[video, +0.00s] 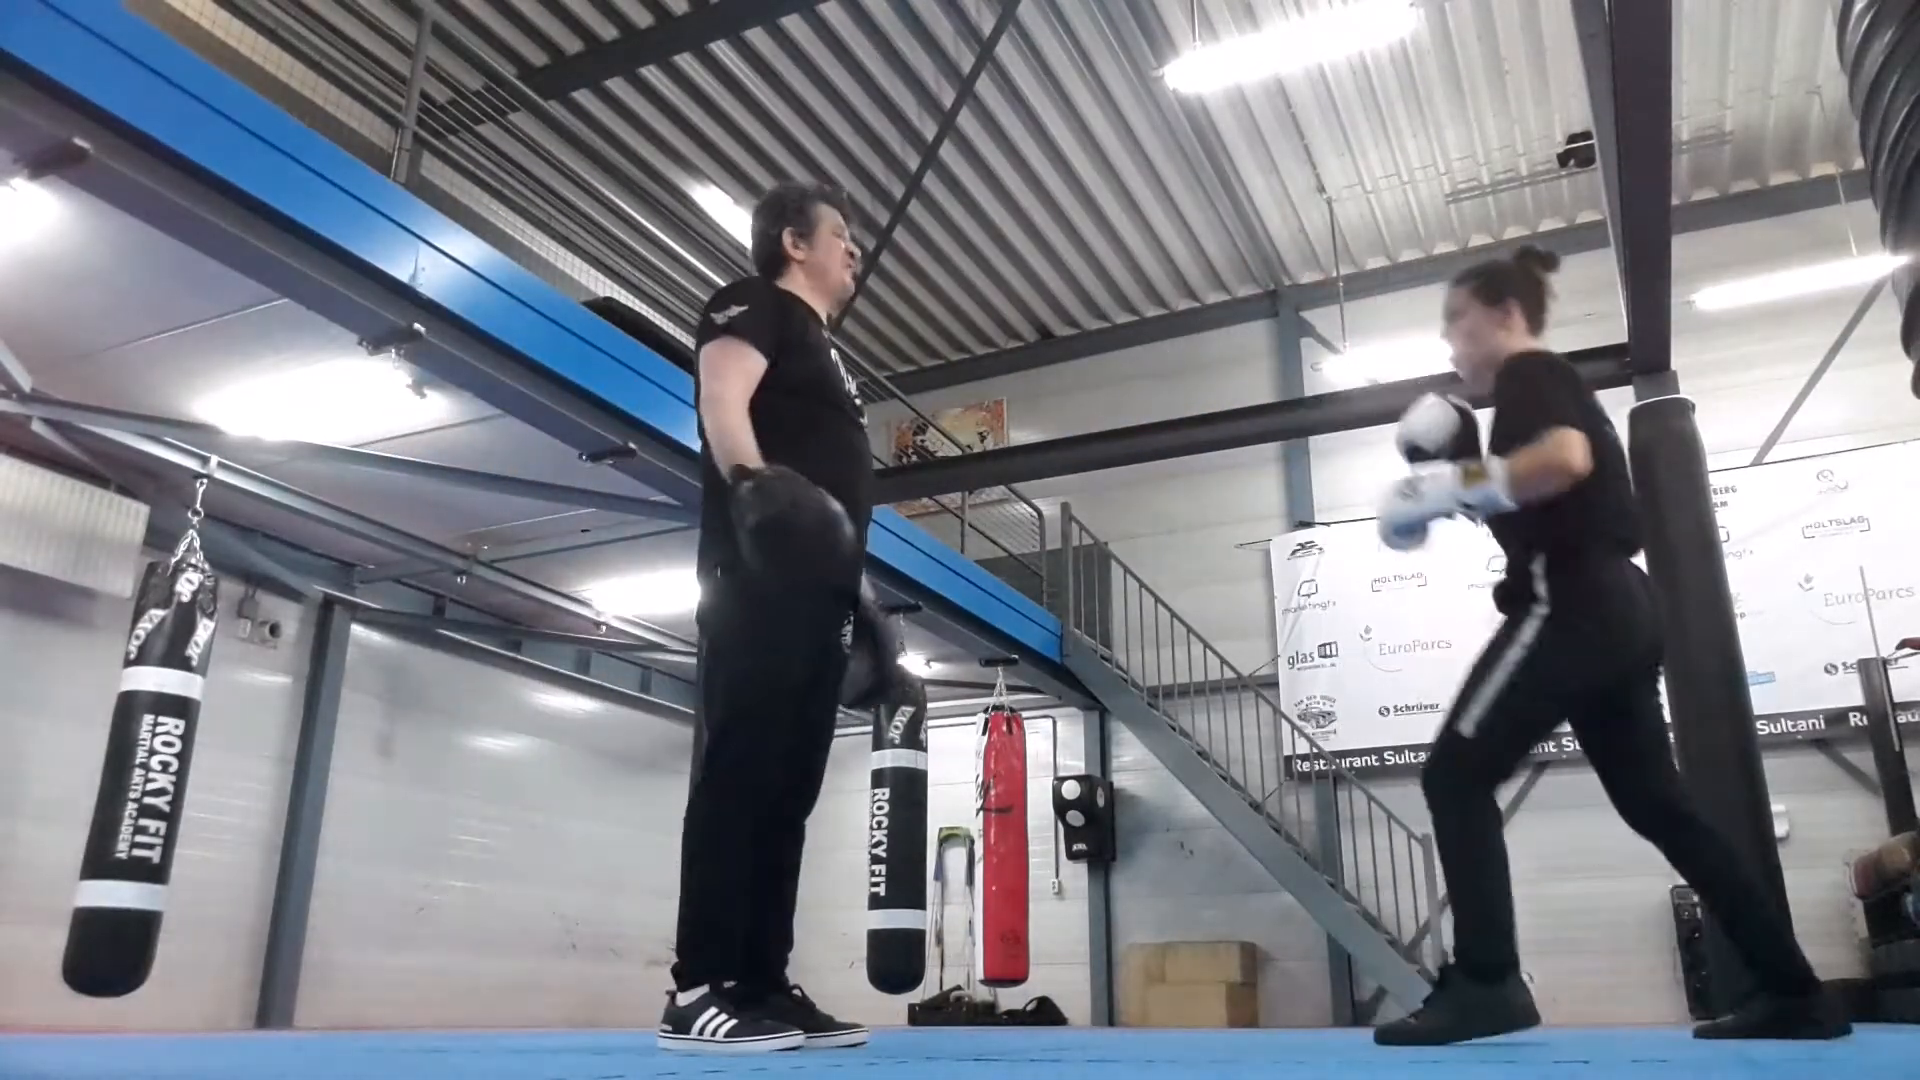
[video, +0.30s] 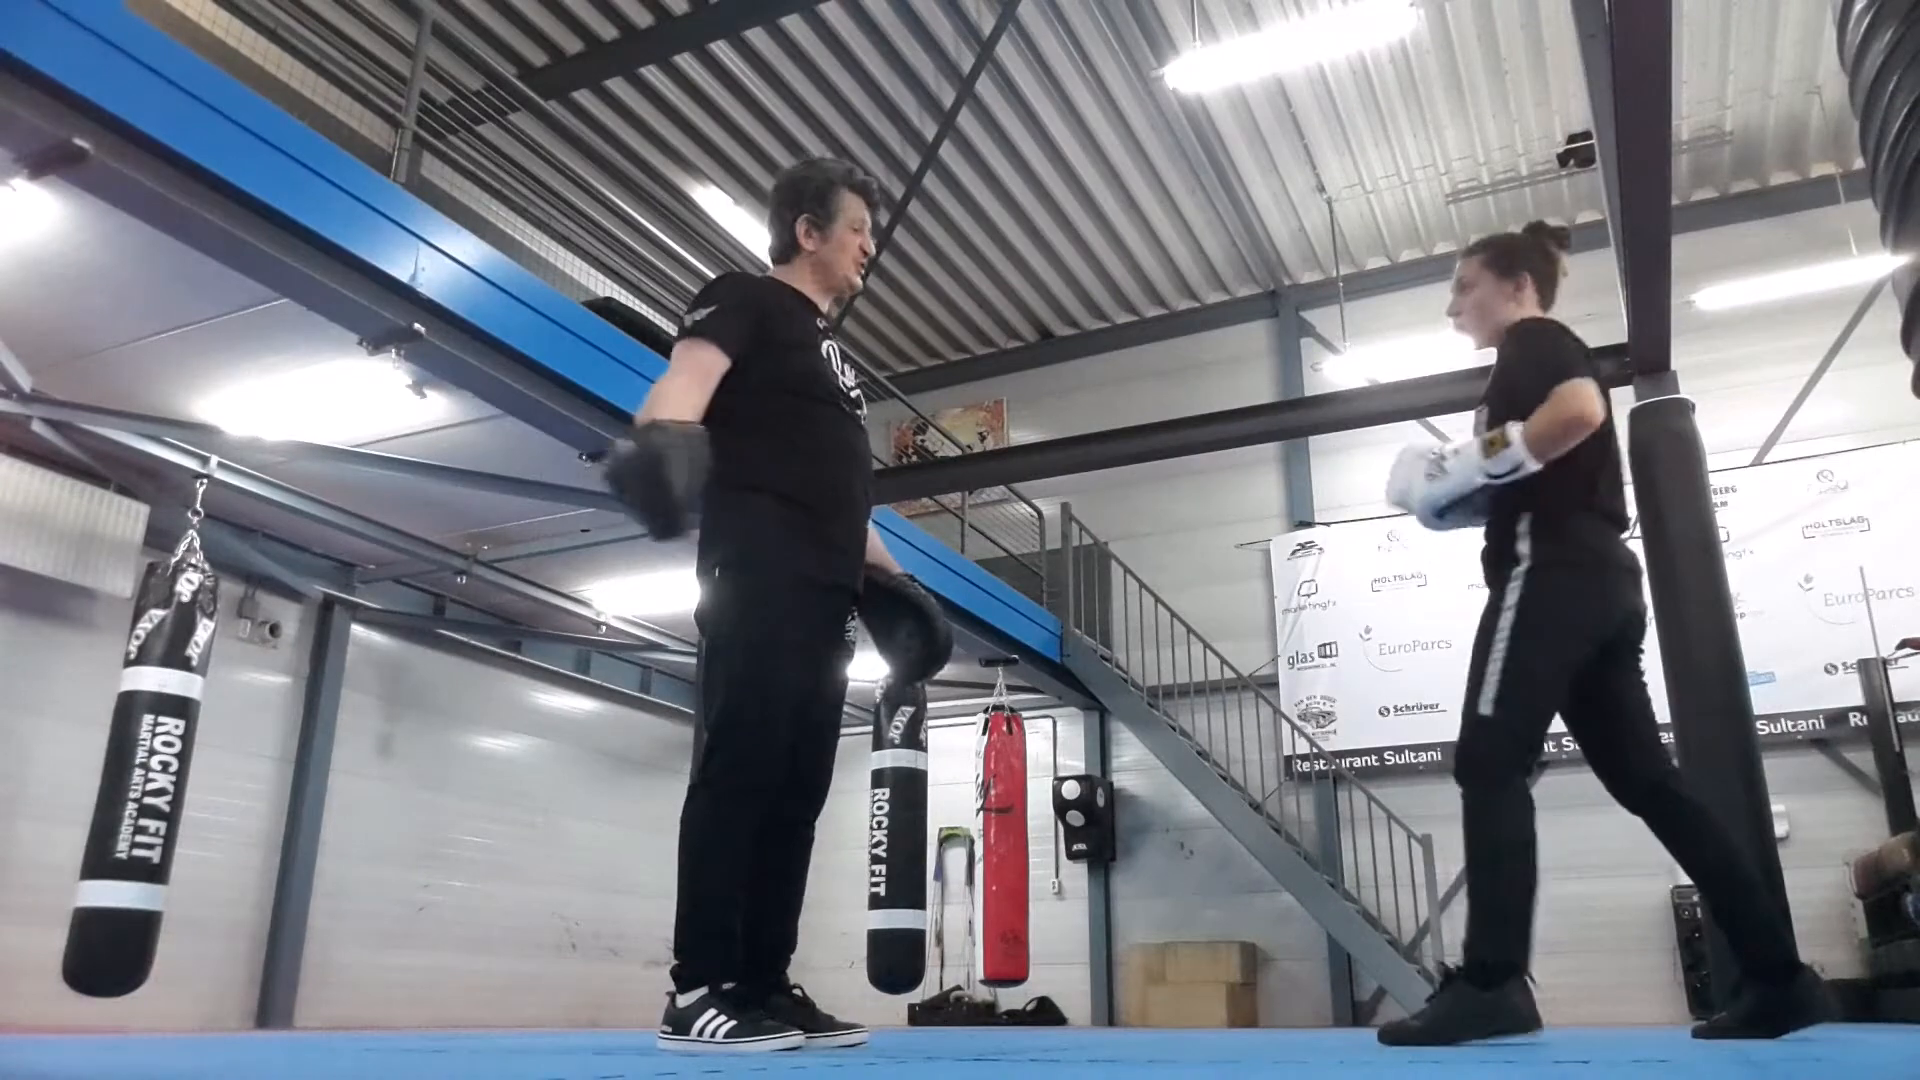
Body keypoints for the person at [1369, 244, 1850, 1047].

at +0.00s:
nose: (1449, 343)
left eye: (1457, 324)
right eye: (1447, 326)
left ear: (1505, 316)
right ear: (1513, 322)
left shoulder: (1528, 377)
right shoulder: (1548, 386)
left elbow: (1567, 457)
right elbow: (1532, 497)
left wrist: (1460, 485)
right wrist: (1451, 483)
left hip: (1574, 606)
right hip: (1616, 604)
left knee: (1454, 772)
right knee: (1655, 801)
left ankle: (1485, 983)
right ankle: (1790, 988)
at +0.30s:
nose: (1453, 303)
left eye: (1464, 288)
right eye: (1454, 290)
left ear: (1514, 286)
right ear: (1518, 295)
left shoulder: (1533, 339)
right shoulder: (1535, 360)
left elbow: (1582, 409)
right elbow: (1530, 486)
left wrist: (1487, 460)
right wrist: (1451, 495)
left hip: (1550, 574)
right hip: (1596, 575)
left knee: (1488, 763)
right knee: (1644, 779)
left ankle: (1491, 983)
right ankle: (1777, 976)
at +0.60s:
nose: (1422, 283)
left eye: (1436, 269)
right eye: (1424, 271)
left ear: (1486, 275)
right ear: (1487, 281)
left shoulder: (1509, 330)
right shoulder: (1490, 359)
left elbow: (1541, 413)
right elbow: (1486, 482)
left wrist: (1445, 477)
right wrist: (1418, 499)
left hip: (1524, 563)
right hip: (1554, 565)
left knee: (1490, 769)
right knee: (1606, 772)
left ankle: (1499, 997)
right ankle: (1764, 972)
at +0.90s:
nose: (1363, 298)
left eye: (1376, 283)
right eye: (1365, 285)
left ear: (1425, 287)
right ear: (1422, 292)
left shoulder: (1456, 342)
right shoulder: (1436, 379)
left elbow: (1506, 413)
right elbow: (1471, 513)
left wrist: (1532, 488)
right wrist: (1451, 612)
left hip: (1525, 574)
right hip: (1534, 582)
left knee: (1478, 766)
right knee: (1604, 780)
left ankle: (1497, 996)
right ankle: (1762, 975)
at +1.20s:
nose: (1312, 294)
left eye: (1327, 280)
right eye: (1315, 282)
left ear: (1378, 286)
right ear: (1366, 292)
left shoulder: (1428, 344)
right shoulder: (1371, 406)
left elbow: (1500, 403)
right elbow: (1371, 516)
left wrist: (1508, 473)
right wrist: (1353, 609)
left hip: (1487, 578)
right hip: (1510, 582)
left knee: (1447, 772)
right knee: (1581, 778)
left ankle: (1498, 994)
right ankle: (1752, 967)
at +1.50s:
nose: (1297, 289)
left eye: (1304, 272)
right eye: (1299, 275)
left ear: (1342, 270)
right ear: (1367, 274)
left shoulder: (1368, 329)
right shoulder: (1400, 343)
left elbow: (1361, 435)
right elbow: (1345, 461)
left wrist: (1321, 532)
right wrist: (1240, 452)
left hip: (1442, 554)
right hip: (1487, 551)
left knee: (1446, 763)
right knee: (1450, 761)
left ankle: (1502, 989)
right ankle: (1522, 971)